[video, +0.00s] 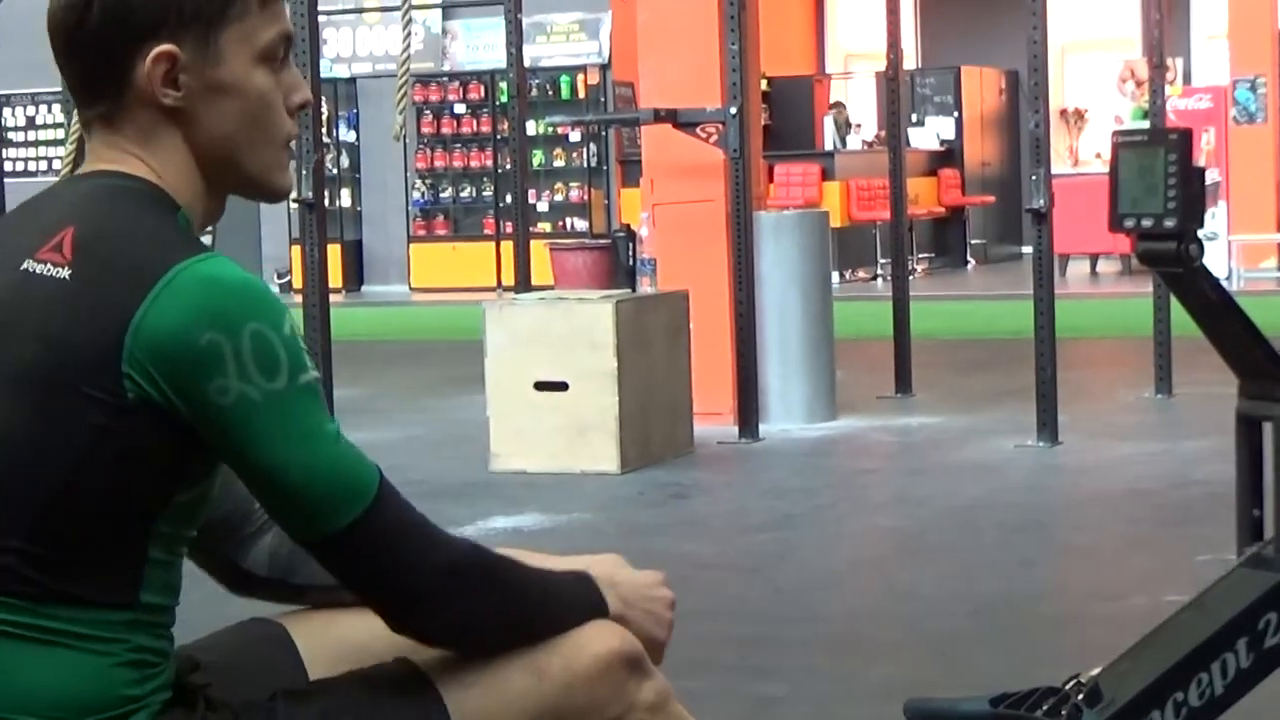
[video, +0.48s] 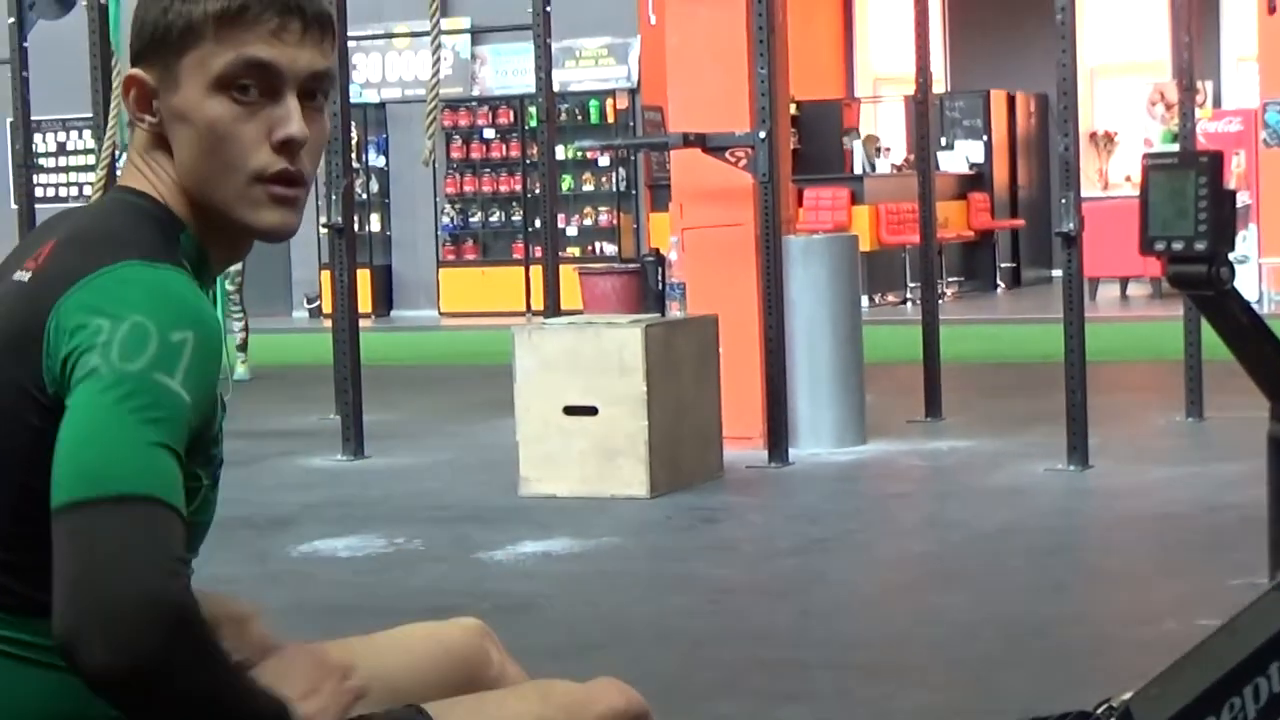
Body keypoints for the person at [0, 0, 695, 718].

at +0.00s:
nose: (303, 93)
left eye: (293, 59)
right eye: (276, 59)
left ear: (164, 85)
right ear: (169, 80)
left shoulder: (44, 234)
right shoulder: (198, 295)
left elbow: (256, 555)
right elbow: (428, 585)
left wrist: (517, 576)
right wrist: (600, 592)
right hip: (124, 703)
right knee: (602, 665)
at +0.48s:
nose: (296, 131)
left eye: (313, 97)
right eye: (249, 92)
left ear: (332, 109)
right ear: (146, 105)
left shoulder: (109, 254)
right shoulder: (148, 296)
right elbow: (119, 625)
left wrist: (217, 626)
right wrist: (264, 701)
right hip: (79, 701)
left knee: (468, 647)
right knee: (611, 702)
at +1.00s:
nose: (268, 151)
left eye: (287, 109)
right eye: (218, 109)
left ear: (308, 117)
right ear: (122, 125)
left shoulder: (83, 273)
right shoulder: (135, 325)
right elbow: (180, 685)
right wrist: (263, 708)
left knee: (514, 661)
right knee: (665, 711)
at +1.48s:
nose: (401, 149)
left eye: (426, 112)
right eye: (357, 105)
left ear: (447, 121)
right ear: (262, 107)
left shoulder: (231, 254)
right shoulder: (263, 296)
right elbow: (263, 647)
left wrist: (334, 689)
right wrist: (347, 714)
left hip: (189, 684)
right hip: (190, 714)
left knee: (589, 624)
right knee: (731, 691)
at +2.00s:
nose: (429, 86)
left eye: (452, 48)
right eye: (382, 44)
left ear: (474, 61)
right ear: (286, 53)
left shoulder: (269, 203)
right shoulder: (290, 240)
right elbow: (317, 593)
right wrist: (393, 708)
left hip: (230, 661)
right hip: (250, 702)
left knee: (615, 567)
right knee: (767, 646)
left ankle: (723, 706)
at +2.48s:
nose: (464, 120)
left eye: (484, 84)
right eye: (422, 80)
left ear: (504, 93)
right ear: (335, 86)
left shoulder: (314, 227)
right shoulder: (326, 256)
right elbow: (339, 573)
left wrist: (383, 632)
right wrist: (415, 693)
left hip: (278, 645)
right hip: (273, 694)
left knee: (635, 555)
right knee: (757, 628)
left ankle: (726, 702)